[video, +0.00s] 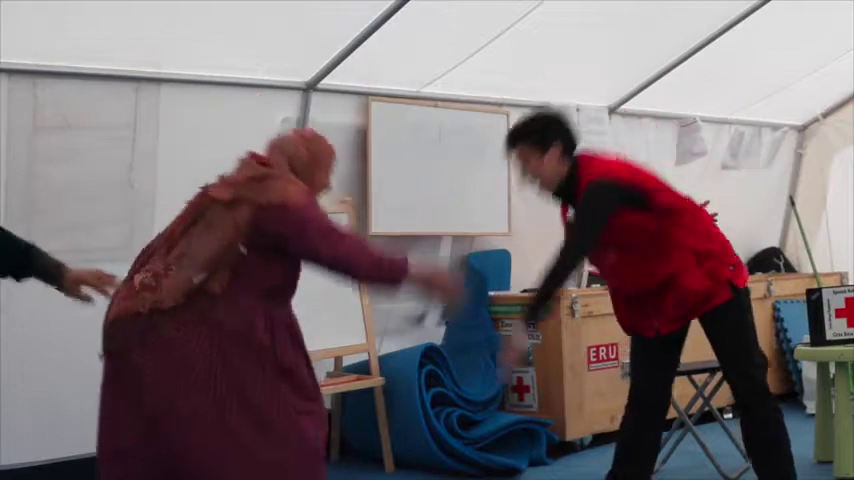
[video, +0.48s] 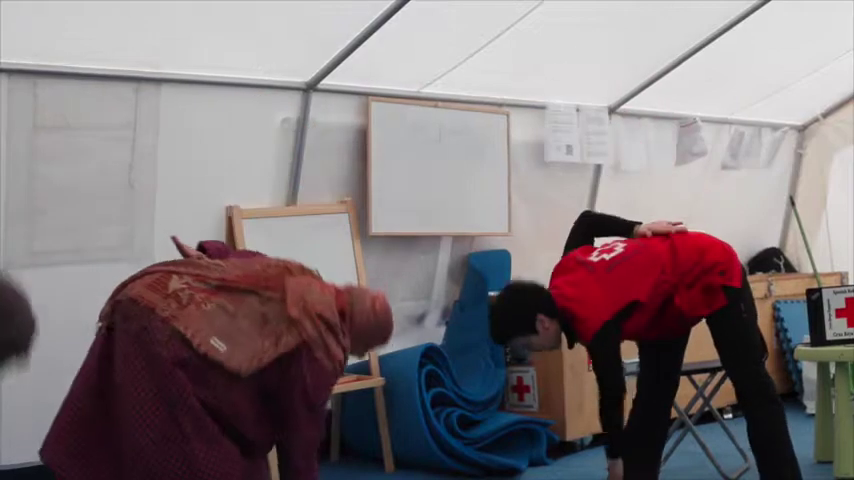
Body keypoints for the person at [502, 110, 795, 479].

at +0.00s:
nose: (527, 175)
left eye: (529, 163)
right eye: (522, 166)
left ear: (556, 151)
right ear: (550, 156)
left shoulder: (601, 180)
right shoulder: (575, 194)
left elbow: (570, 258)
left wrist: (529, 320)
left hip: (708, 276)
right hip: (656, 292)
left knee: (750, 389)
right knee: (645, 404)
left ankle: (777, 473)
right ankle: (627, 475)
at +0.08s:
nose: (513, 225)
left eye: (514, 212)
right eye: (507, 217)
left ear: (539, 198)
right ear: (535, 201)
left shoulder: (586, 224)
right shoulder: (574, 210)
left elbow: (574, 308)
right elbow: (619, 179)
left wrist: (550, 371)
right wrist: (667, 214)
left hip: (713, 276)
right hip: (660, 296)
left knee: (754, 390)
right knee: (648, 407)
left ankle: (780, 471)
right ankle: (630, 473)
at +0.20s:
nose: (513, 298)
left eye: (512, 288)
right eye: (506, 292)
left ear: (531, 272)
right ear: (532, 268)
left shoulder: (584, 281)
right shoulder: (564, 245)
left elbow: (594, 363)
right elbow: (600, 195)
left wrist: (590, 436)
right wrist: (649, 216)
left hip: (713, 275)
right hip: (661, 299)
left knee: (755, 390)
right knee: (651, 406)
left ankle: (784, 473)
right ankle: (632, 473)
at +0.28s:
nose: (531, 336)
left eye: (524, 328)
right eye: (522, 332)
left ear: (536, 306)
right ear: (535, 299)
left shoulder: (590, 310)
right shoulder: (562, 262)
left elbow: (607, 382)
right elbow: (589, 209)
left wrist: (613, 449)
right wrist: (641, 224)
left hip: (712, 272)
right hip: (662, 295)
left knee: (752, 385)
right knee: (652, 398)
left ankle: (784, 474)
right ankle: (639, 475)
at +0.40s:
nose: (533, 361)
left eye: (528, 355)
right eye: (525, 358)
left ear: (542, 331)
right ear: (542, 321)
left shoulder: (595, 325)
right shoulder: (560, 278)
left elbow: (619, 399)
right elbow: (583, 221)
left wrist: (623, 462)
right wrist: (637, 230)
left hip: (711, 270)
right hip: (660, 293)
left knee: (752, 387)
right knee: (653, 397)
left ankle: (783, 473)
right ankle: (646, 475)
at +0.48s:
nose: (532, 351)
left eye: (527, 345)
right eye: (524, 349)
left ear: (541, 322)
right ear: (540, 311)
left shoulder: (594, 319)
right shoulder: (561, 272)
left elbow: (612, 393)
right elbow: (587, 220)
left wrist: (614, 459)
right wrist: (639, 228)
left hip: (712, 270)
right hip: (661, 294)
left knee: (753, 388)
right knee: (652, 399)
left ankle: (782, 474)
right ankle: (639, 475)